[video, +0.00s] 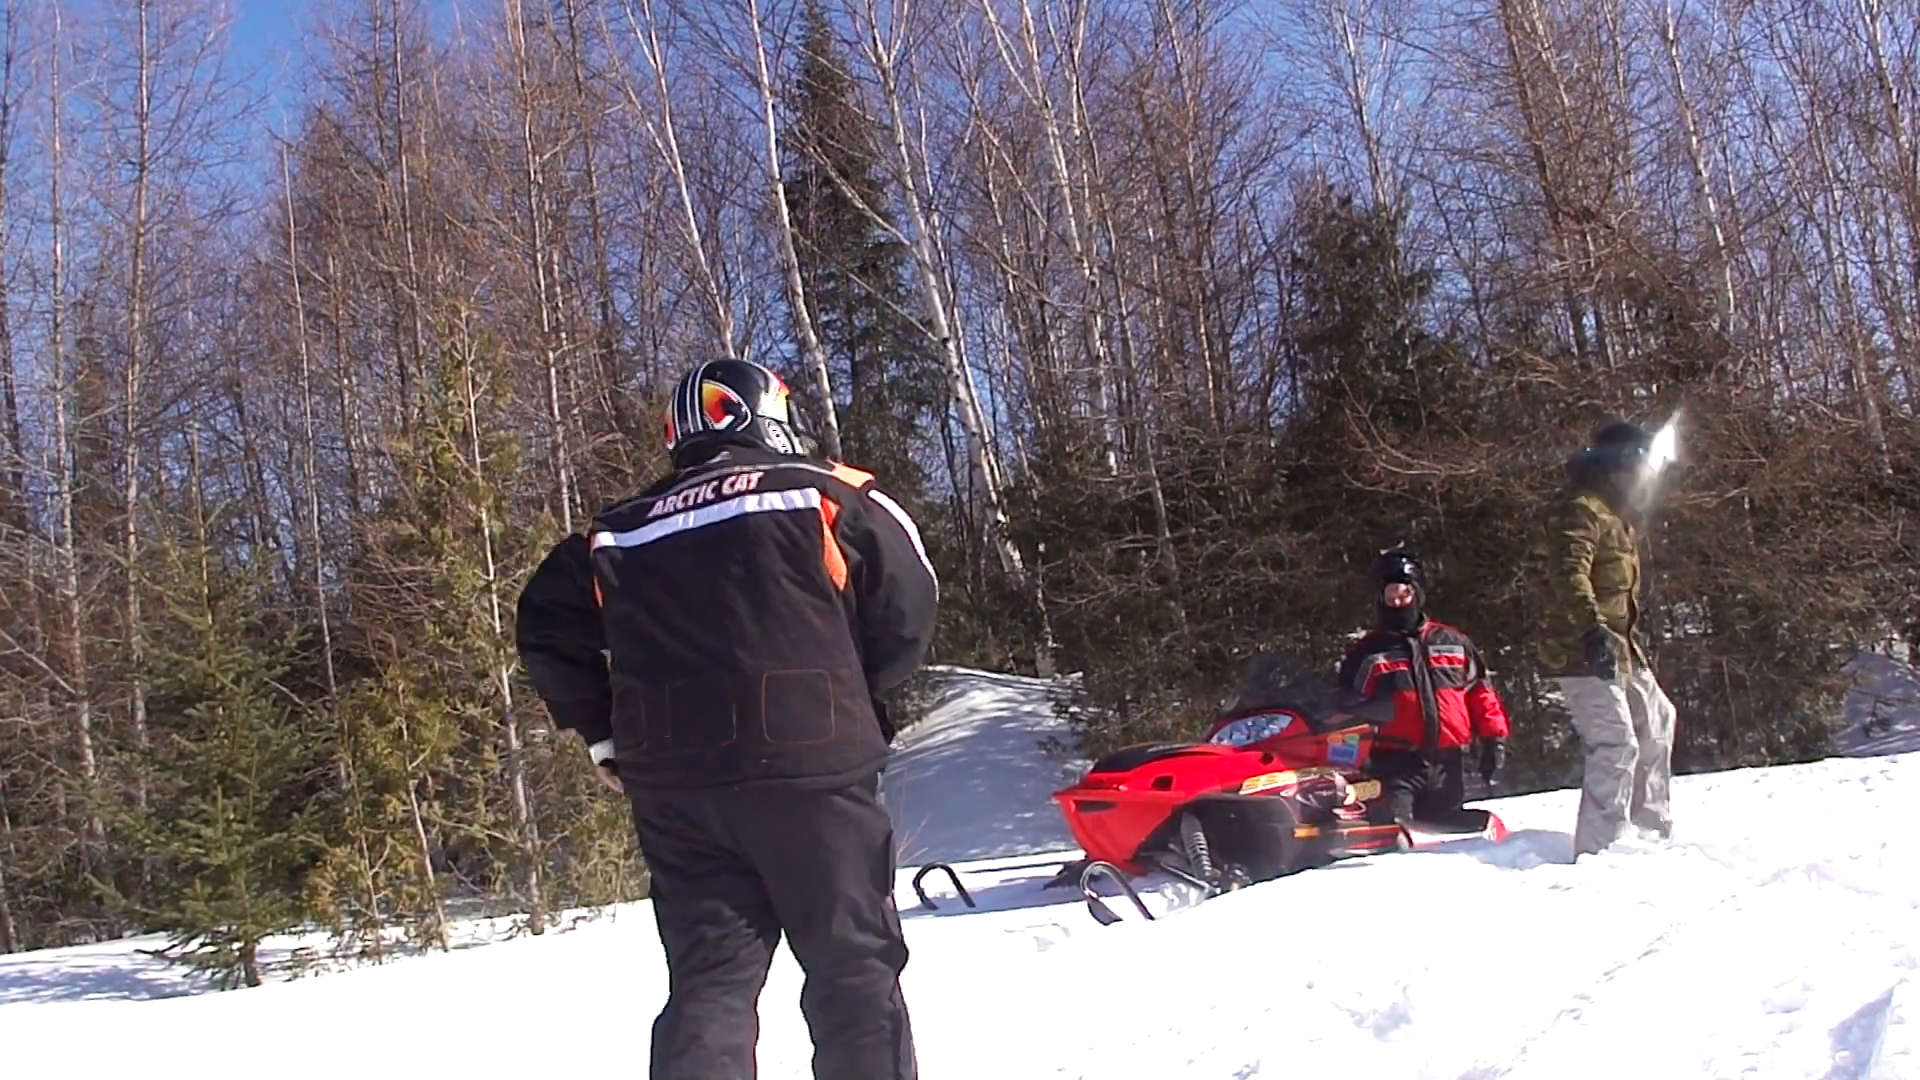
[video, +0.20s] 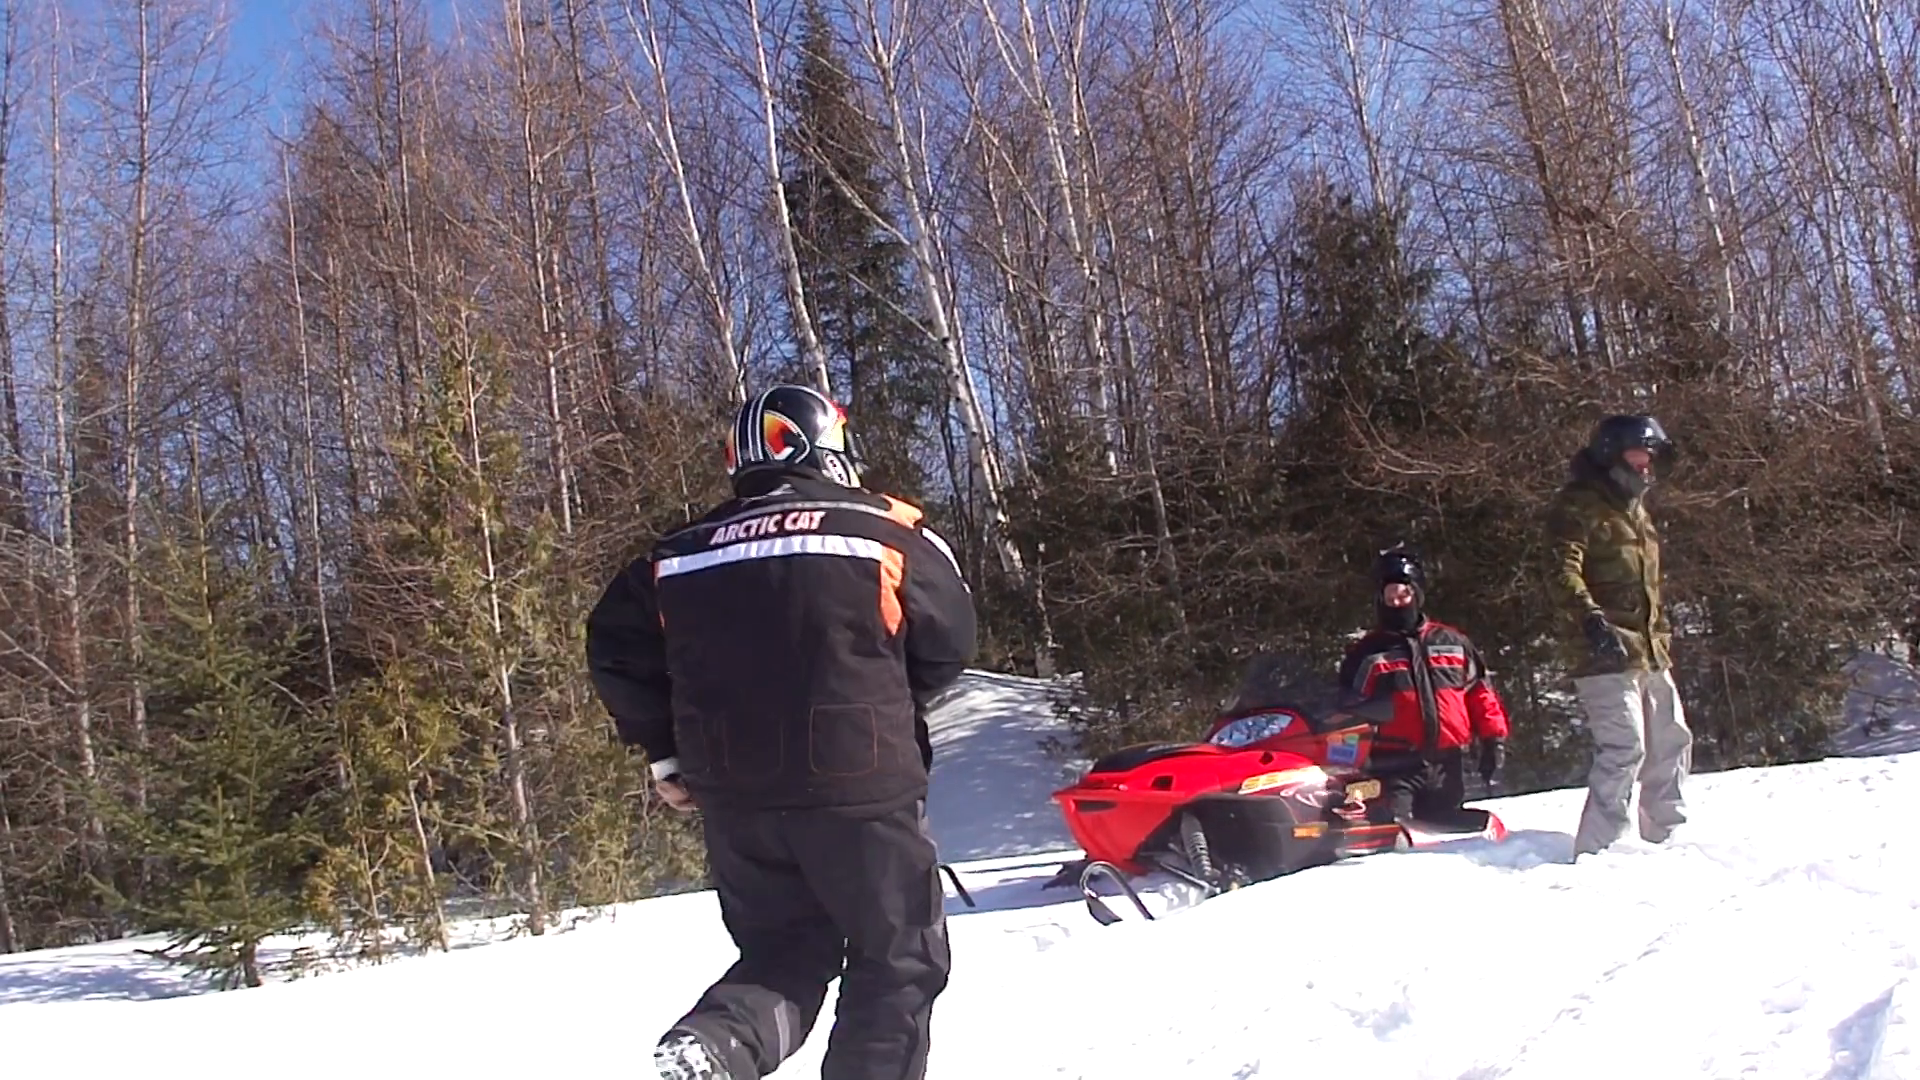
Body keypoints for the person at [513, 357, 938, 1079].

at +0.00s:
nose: (796, 428)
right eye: (787, 417)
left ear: (680, 429)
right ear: (774, 420)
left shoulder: (617, 526)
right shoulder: (831, 489)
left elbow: (543, 622)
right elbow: (908, 599)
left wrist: (602, 729)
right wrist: (863, 691)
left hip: (672, 787)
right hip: (812, 777)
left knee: (707, 980)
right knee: (852, 969)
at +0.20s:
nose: (852, 455)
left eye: (845, 444)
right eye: (844, 443)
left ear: (740, 454)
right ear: (829, 449)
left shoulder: (677, 549)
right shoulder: (890, 529)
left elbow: (614, 642)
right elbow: (949, 642)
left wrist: (660, 751)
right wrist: (897, 696)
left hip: (733, 804)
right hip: (861, 799)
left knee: (782, 950)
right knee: (897, 962)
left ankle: (707, 1051)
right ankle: (862, 1070)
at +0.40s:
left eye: (764, 432)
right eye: (850, 427)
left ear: (762, 443)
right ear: (848, 433)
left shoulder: (713, 535)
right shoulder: (912, 501)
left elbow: (657, 633)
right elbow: (965, 612)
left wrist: (687, 746)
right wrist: (919, 653)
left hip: (770, 757)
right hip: (892, 750)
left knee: (841, 880)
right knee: (888, 932)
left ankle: (800, 1012)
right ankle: (869, 1069)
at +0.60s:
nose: (888, 458)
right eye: (881, 447)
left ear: (786, 469)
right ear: (874, 451)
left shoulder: (752, 555)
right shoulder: (936, 516)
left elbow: (709, 673)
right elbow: (996, 617)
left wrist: (758, 724)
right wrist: (942, 664)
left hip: (804, 766)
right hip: (918, 755)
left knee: (904, 910)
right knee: (893, 930)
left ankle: (942, 1055)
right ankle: (864, 1071)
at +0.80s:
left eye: (799, 495)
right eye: (890, 480)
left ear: (804, 501)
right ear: (885, 485)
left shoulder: (775, 588)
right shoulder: (944, 542)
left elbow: (756, 688)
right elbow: (1021, 619)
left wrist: (823, 693)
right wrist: (954, 631)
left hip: (841, 783)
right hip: (950, 765)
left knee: (892, 929)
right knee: (954, 925)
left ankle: (941, 1057)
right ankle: (877, 1070)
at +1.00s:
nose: (930, 540)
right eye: (925, 530)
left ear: (842, 546)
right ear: (916, 534)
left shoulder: (799, 636)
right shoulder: (966, 591)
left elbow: (804, 742)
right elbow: (1045, 671)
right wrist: (1012, 601)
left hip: (864, 837)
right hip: (969, 814)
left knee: (910, 962)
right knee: (1027, 913)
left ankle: (918, 1053)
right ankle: (958, 994)